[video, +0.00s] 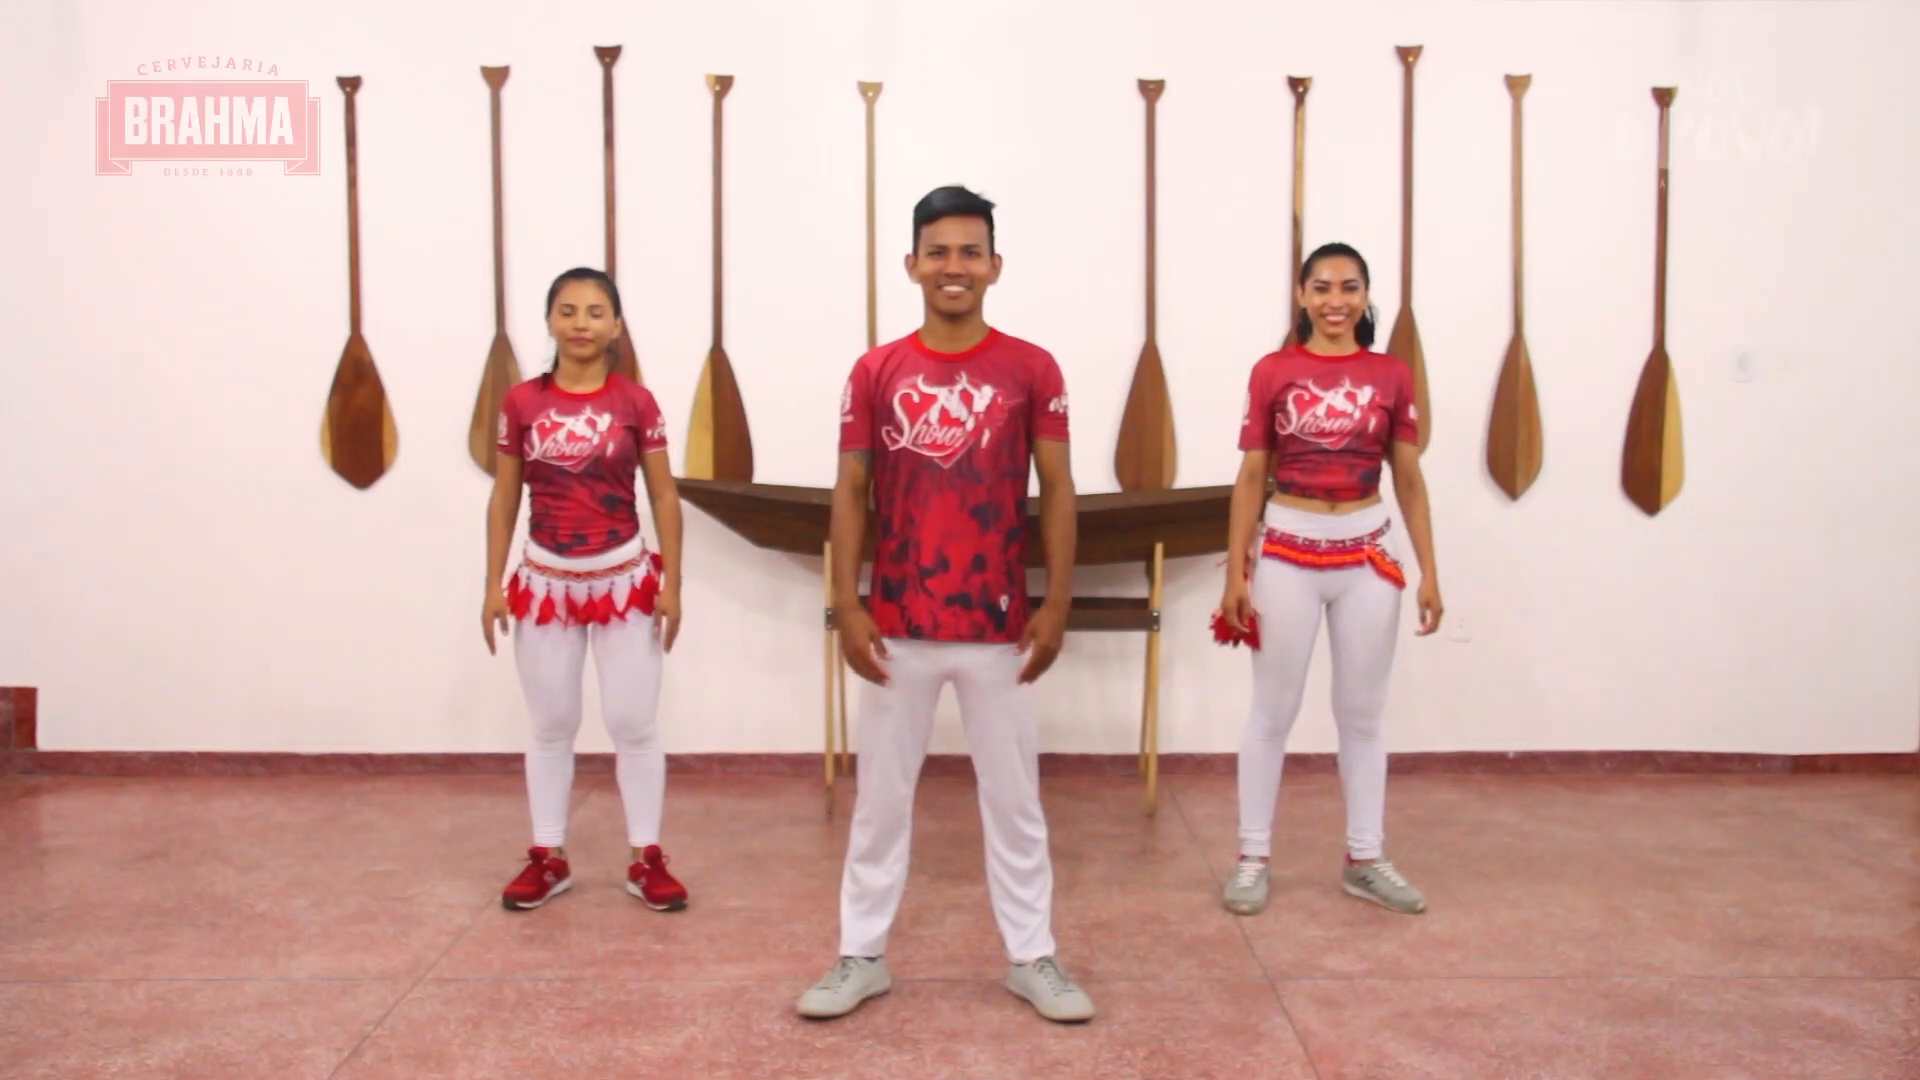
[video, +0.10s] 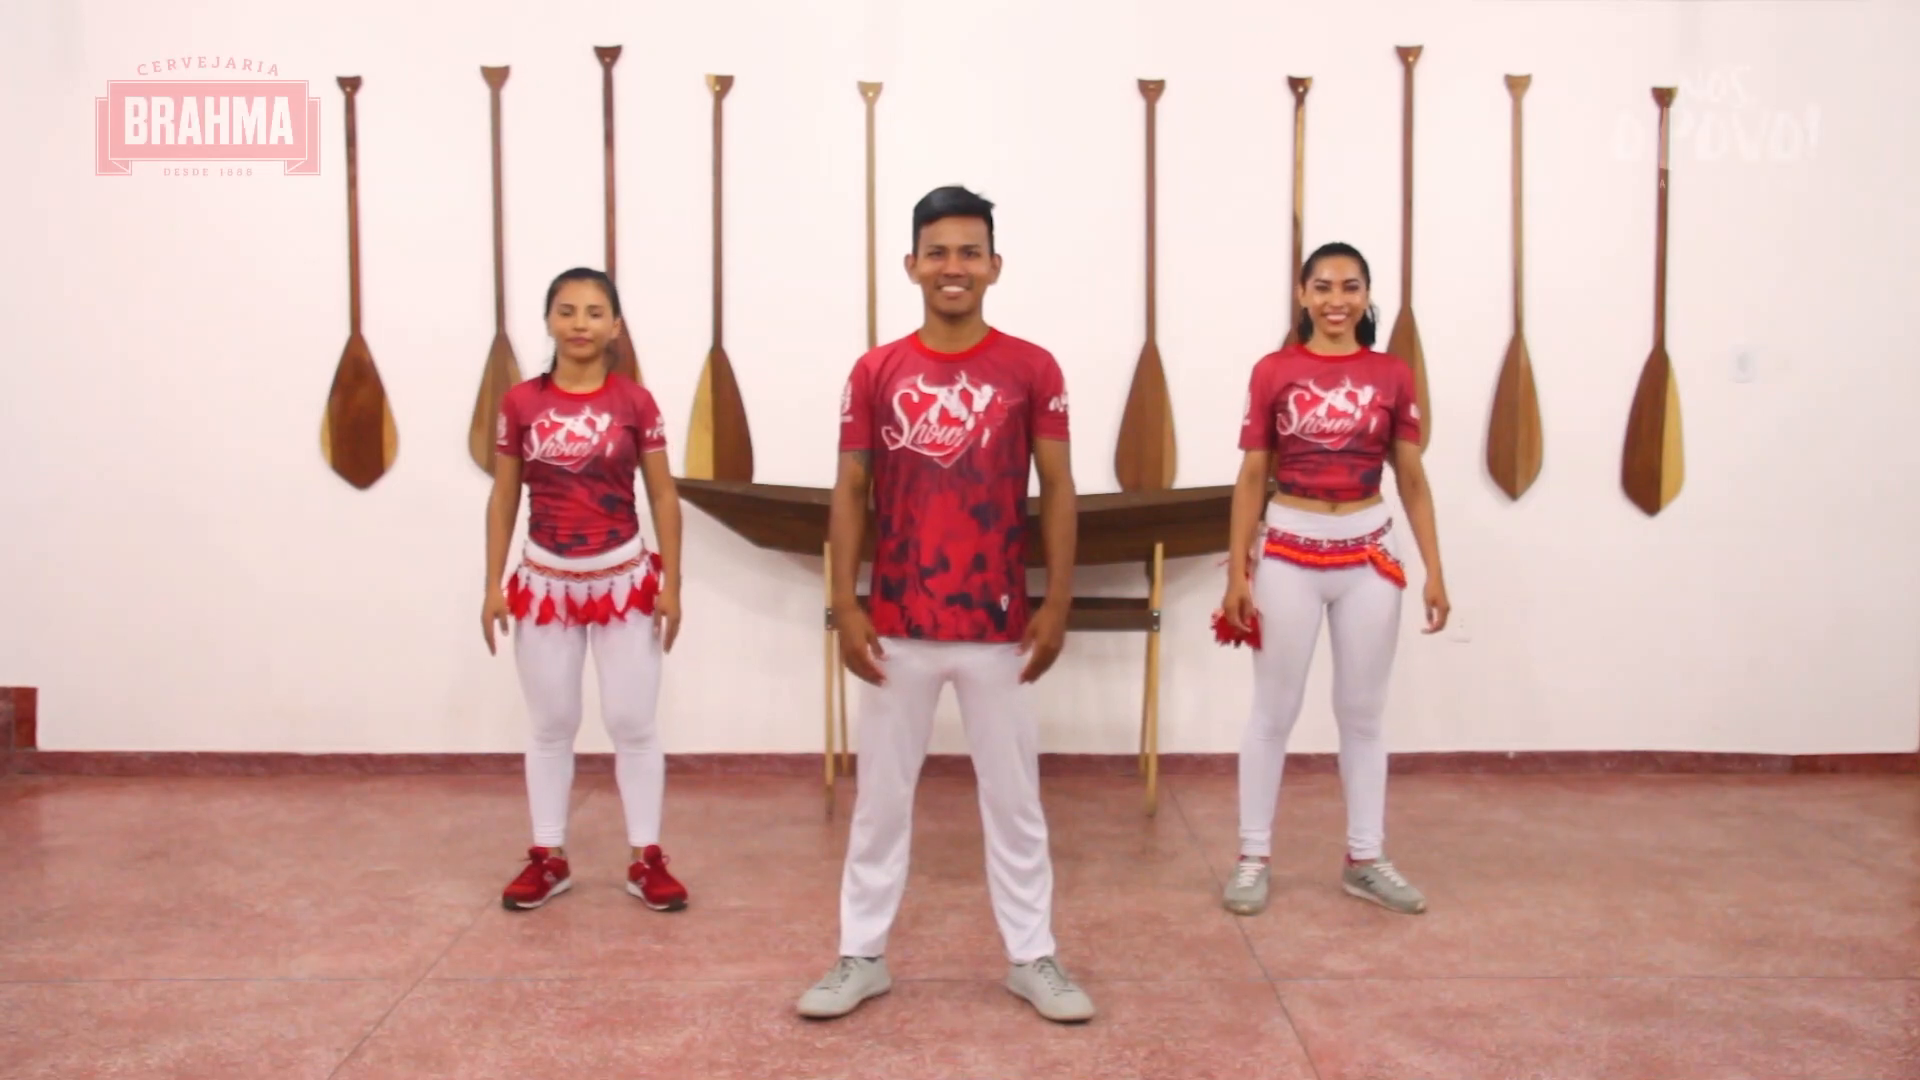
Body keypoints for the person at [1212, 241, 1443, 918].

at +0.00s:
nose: (1336, 298)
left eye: (1348, 287)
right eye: (1322, 287)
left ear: (1365, 296)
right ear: (1303, 295)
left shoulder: (1391, 375)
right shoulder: (1274, 371)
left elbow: (1408, 479)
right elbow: (1251, 477)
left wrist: (1428, 572)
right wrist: (1236, 571)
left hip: (1369, 554)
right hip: (1285, 554)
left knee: (1362, 714)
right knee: (1271, 714)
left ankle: (1365, 858)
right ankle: (1253, 859)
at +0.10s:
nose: (1336, 298)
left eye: (1349, 287)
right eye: (1322, 286)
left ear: (1366, 296)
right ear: (1303, 294)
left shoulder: (1391, 374)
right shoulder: (1274, 372)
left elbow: (1412, 479)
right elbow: (1252, 477)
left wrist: (1434, 569)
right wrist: (1237, 570)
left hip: (1370, 553)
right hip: (1287, 554)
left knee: (1363, 714)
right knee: (1272, 714)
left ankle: (1366, 859)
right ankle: (1253, 859)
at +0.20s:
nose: (1336, 298)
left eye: (1350, 287)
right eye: (1323, 286)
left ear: (1367, 296)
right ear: (1304, 294)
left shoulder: (1392, 374)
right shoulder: (1275, 372)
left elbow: (1412, 478)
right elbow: (1252, 477)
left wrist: (1434, 569)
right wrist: (1237, 569)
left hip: (1371, 553)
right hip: (1287, 554)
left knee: (1364, 714)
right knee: (1273, 715)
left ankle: (1366, 859)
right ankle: (1253, 859)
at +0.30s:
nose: (1336, 298)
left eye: (1349, 286)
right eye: (1323, 286)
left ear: (1366, 296)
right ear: (1304, 294)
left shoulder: (1391, 374)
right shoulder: (1275, 371)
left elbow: (1412, 479)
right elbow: (1251, 476)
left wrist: (1432, 570)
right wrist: (1236, 569)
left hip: (1370, 553)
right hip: (1287, 553)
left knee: (1364, 713)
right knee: (1273, 714)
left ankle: (1366, 858)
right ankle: (1253, 859)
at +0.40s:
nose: (1337, 298)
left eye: (1350, 287)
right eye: (1324, 286)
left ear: (1367, 296)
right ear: (1304, 294)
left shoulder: (1392, 373)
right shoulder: (1274, 370)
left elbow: (1410, 480)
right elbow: (1249, 475)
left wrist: (1427, 571)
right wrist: (1235, 567)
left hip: (1371, 551)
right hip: (1287, 551)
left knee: (1363, 713)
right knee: (1273, 713)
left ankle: (1365, 859)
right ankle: (1253, 859)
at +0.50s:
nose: (1336, 298)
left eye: (1349, 287)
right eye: (1323, 286)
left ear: (1367, 296)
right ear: (1303, 294)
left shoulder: (1392, 374)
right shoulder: (1274, 369)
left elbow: (1408, 480)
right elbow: (1248, 474)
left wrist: (1423, 573)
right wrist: (1233, 567)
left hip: (1370, 552)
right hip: (1286, 552)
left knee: (1363, 715)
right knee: (1273, 714)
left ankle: (1365, 859)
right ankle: (1254, 859)